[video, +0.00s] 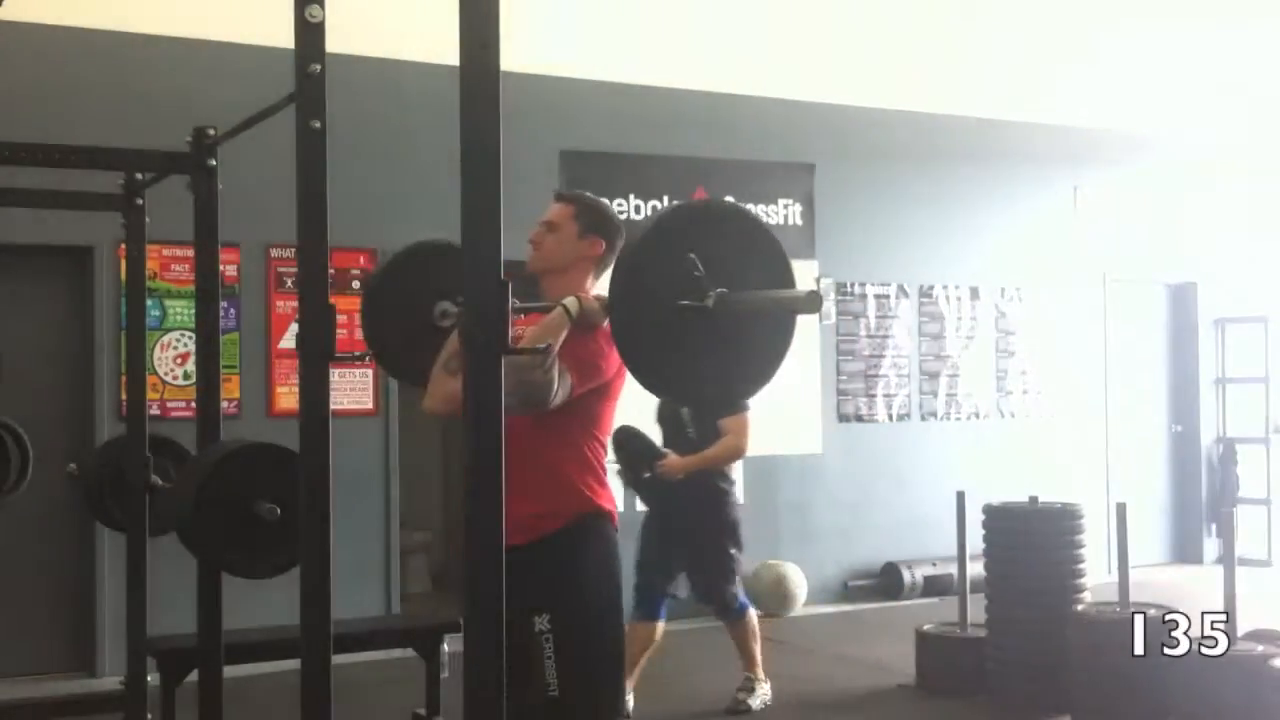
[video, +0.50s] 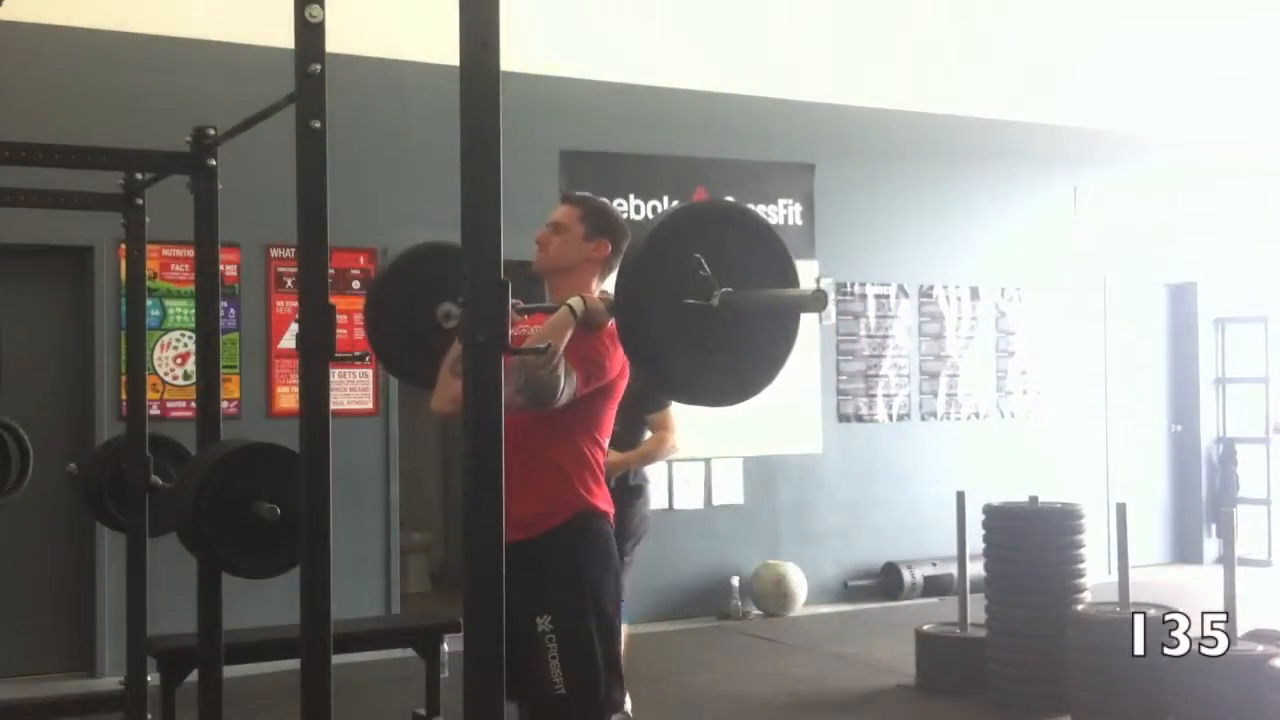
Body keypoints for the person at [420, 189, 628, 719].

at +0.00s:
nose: (534, 236)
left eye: (550, 228)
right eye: (538, 227)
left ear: (591, 248)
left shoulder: (601, 330)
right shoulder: (519, 333)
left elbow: (531, 384)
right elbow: (437, 398)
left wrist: (564, 312)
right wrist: (467, 322)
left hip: (573, 531)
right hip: (507, 536)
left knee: (591, 687)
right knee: (507, 687)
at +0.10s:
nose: (534, 236)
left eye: (551, 228)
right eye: (539, 227)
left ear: (593, 248)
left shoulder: (602, 331)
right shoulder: (520, 331)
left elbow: (530, 385)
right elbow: (441, 397)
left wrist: (567, 310)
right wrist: (467, 325)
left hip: (574, 533)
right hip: (508, 538)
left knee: (584, 693)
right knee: (509, 690)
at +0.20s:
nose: (536, 236)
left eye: (552, 228)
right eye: (540, 227)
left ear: (594, 248)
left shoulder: (603, 334)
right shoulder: (519, 330)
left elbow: (534, 386)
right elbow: (442, 399)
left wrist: (568, 311)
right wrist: (468, 325)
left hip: (575, 531)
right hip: (509, 535)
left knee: (582, 688)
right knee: (510, 686)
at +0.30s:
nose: (536, 234)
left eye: (554, 227)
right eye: (541, 225)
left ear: (595, 247)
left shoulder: (603, 335)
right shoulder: (520, 328)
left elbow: (535, 386)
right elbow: (443, 400)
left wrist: (571, 310)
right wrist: (469, 326)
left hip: (575, 532)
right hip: (509, 537)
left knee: (585, 692)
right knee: (511, 690)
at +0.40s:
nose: (538, 235)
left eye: (555, 227)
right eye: (543, 225)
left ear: (596, 247)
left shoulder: (601, 335)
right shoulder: (519, 328)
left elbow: (534, 384)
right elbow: (443, 396)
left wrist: (571, 307)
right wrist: (470, 324)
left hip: (572, 531)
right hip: (509, 536)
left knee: (583, 692)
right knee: (523, 691)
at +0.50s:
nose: (540, 236)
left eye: (557, 229)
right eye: (544, 228)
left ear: (598, 250)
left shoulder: (601, 339)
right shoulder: (518, 331)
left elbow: (535, 387)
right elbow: (443, 400)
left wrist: (570, 310)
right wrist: (472, 324)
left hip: (571, 531)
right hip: (507, 536)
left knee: (590, 690)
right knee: (526, 688)